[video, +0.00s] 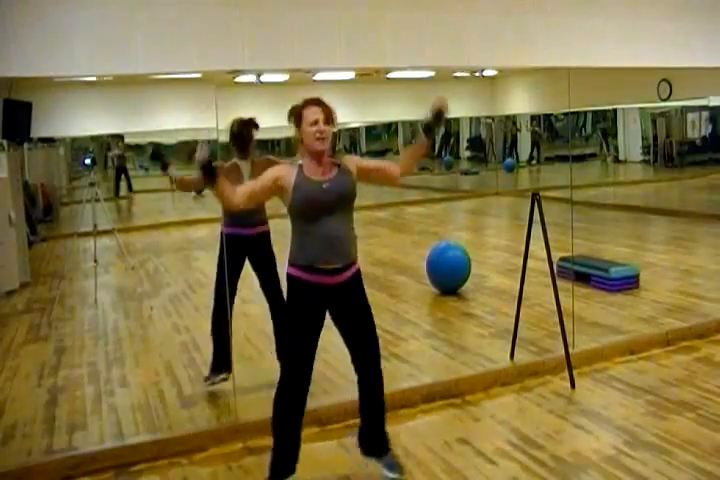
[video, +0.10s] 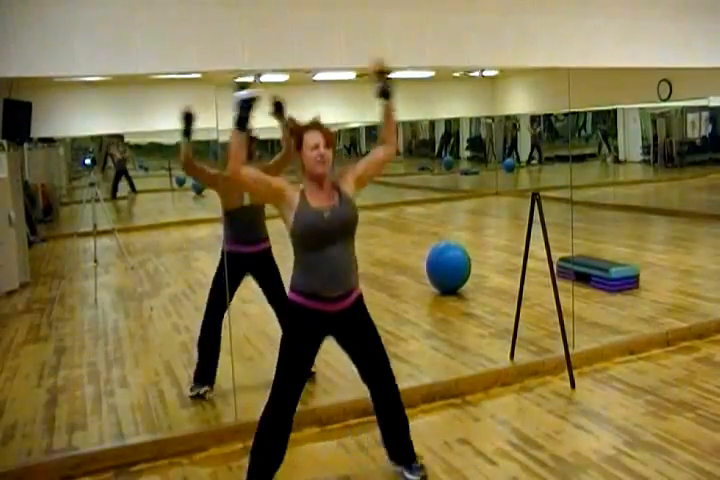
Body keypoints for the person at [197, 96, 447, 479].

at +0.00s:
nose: (322, 129)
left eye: (326, 122)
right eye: (313, 124)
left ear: (334, 128)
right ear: (298, 132)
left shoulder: (348, 167)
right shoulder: (283, 174)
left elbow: (399, 170)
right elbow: (237, 201)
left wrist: (430, 132)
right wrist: (213, 173)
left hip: (347, 281)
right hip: (305, 283)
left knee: (369, 364)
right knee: (295, 378)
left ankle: (375, 446)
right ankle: (281, 469)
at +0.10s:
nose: (321, 153)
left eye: (326, 146)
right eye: (313, 147)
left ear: (333, 153)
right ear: (299, 155)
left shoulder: (347, 184)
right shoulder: (287, 194)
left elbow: (388, 148)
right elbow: (237, 170)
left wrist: (385, 92)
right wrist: (242, 116)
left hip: (349, 306)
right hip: (305, 311)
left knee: (383, 383)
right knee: (282, 399)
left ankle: (406, 462)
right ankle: (259, 475)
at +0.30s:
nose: (319, 151)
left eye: (324, 144)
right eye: (311, 146)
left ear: (332, 150)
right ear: (298, 154)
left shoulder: (345, 183)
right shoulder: (287, 194)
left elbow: (387, 152)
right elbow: (239, 166)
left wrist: (395, 104)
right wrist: (244, 112)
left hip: (351, 307)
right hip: (306, 311)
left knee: (381, 384)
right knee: (284, 399)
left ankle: (404, 455)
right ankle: (264, 474)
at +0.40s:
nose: (321, 128)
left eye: (325, 122)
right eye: (312, 124)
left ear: (333, 131)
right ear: (297, 135)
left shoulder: (349, 167)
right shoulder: (286, 175)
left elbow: (395, 177)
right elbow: (233, 197)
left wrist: (434, 161)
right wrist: (207, 178)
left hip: (348, 284)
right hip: (304, 287)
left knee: (370, 366)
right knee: (295, 378)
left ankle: (384, 449)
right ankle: (280, 470)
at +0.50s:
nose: (321, 133)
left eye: (326, 127)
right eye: (314, 128)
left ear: (334, 133)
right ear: (300, 137)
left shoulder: (351, 181)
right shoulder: (287, 188)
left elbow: (380, 225)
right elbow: (261, 234)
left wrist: (422, 248)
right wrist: (243, 251)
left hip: (347, 289)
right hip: (304, 292)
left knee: (360, 377)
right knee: (310, 382)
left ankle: (357, 460)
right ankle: (308, 466)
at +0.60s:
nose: (323, 155)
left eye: (327, 148)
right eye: (314, 150)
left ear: (334, 154)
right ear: (301, 159)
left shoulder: (348, 201)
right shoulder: (288, 209)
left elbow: (360, 261)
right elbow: (280, 269)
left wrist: (377, 311)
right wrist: (277, 318)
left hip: (350, 315)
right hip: (307, 318)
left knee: (355, 402)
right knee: (316, 404)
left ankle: (345, 466)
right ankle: (317, 472)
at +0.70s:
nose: (321, 141)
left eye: (326, 135)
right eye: (313, 137)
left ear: (334, 142)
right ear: (301, 146)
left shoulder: (350, 188)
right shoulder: (289, 195)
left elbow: (368, 241)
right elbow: (277, 254)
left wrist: (398, 279)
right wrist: (265, 293)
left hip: (349, 302)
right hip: (306, 304)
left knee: (357, 388)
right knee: (312, 390)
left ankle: (347, 465)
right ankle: (313, 469)